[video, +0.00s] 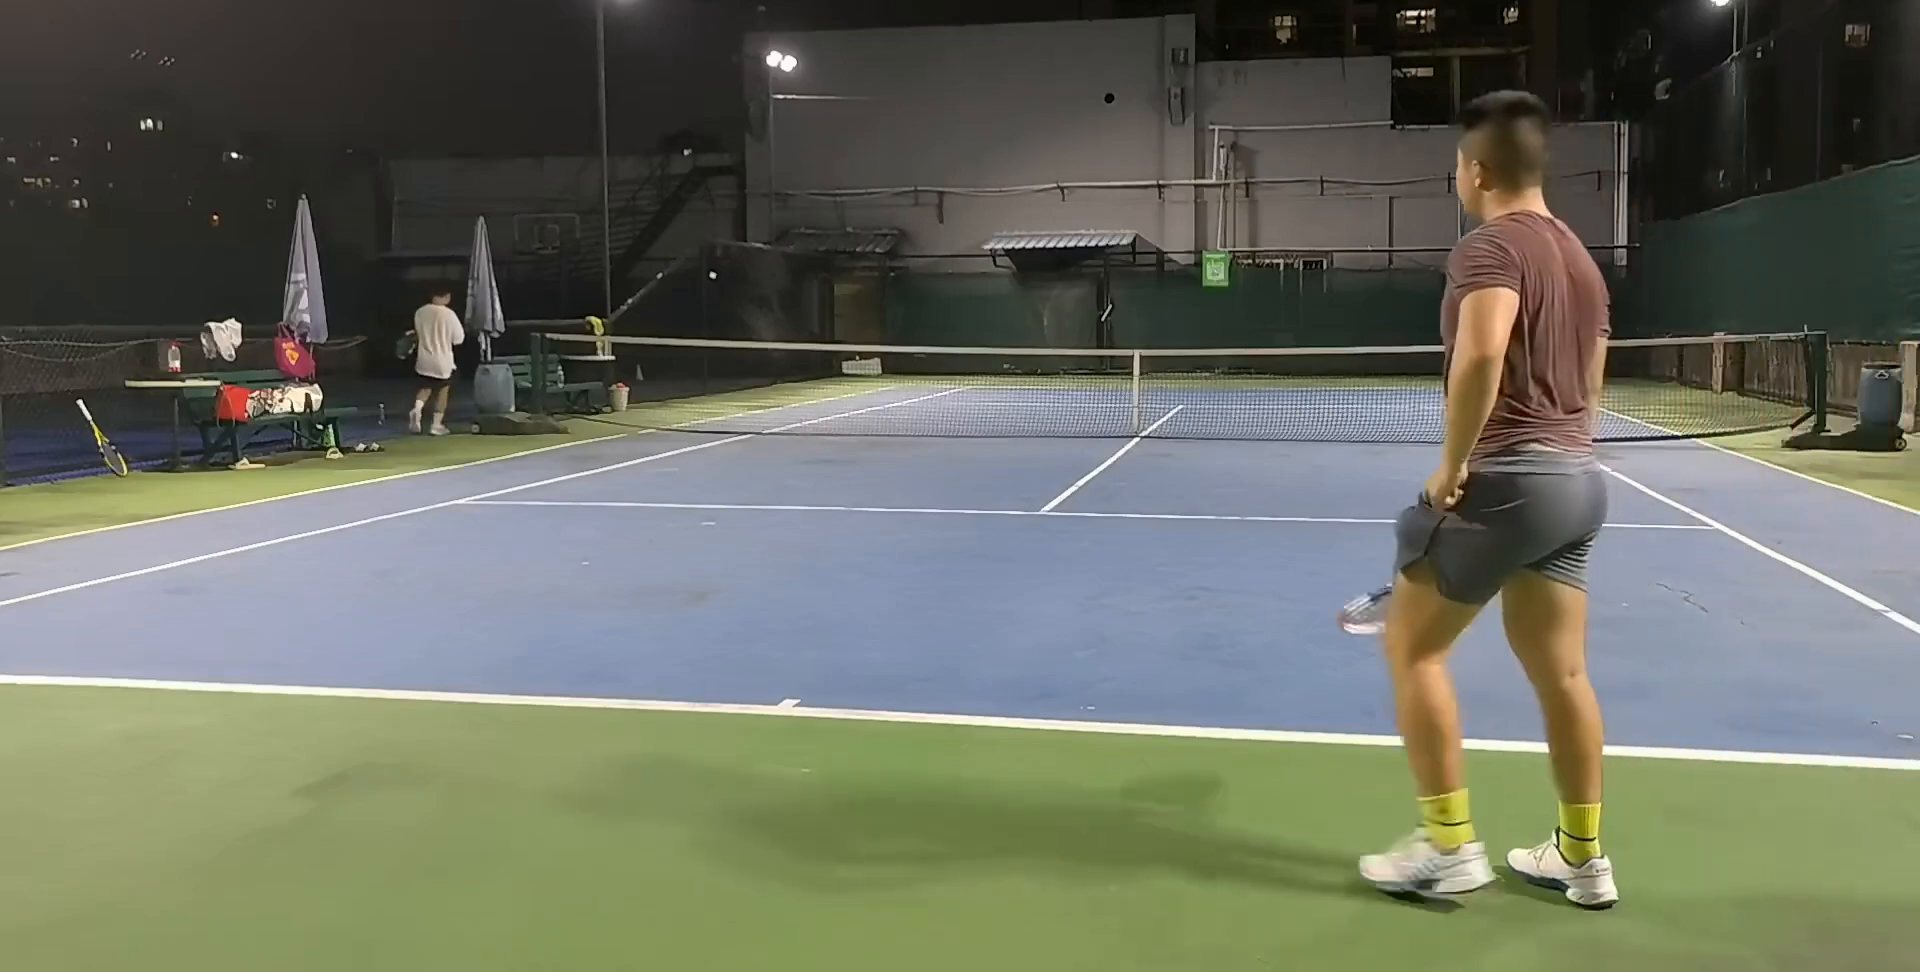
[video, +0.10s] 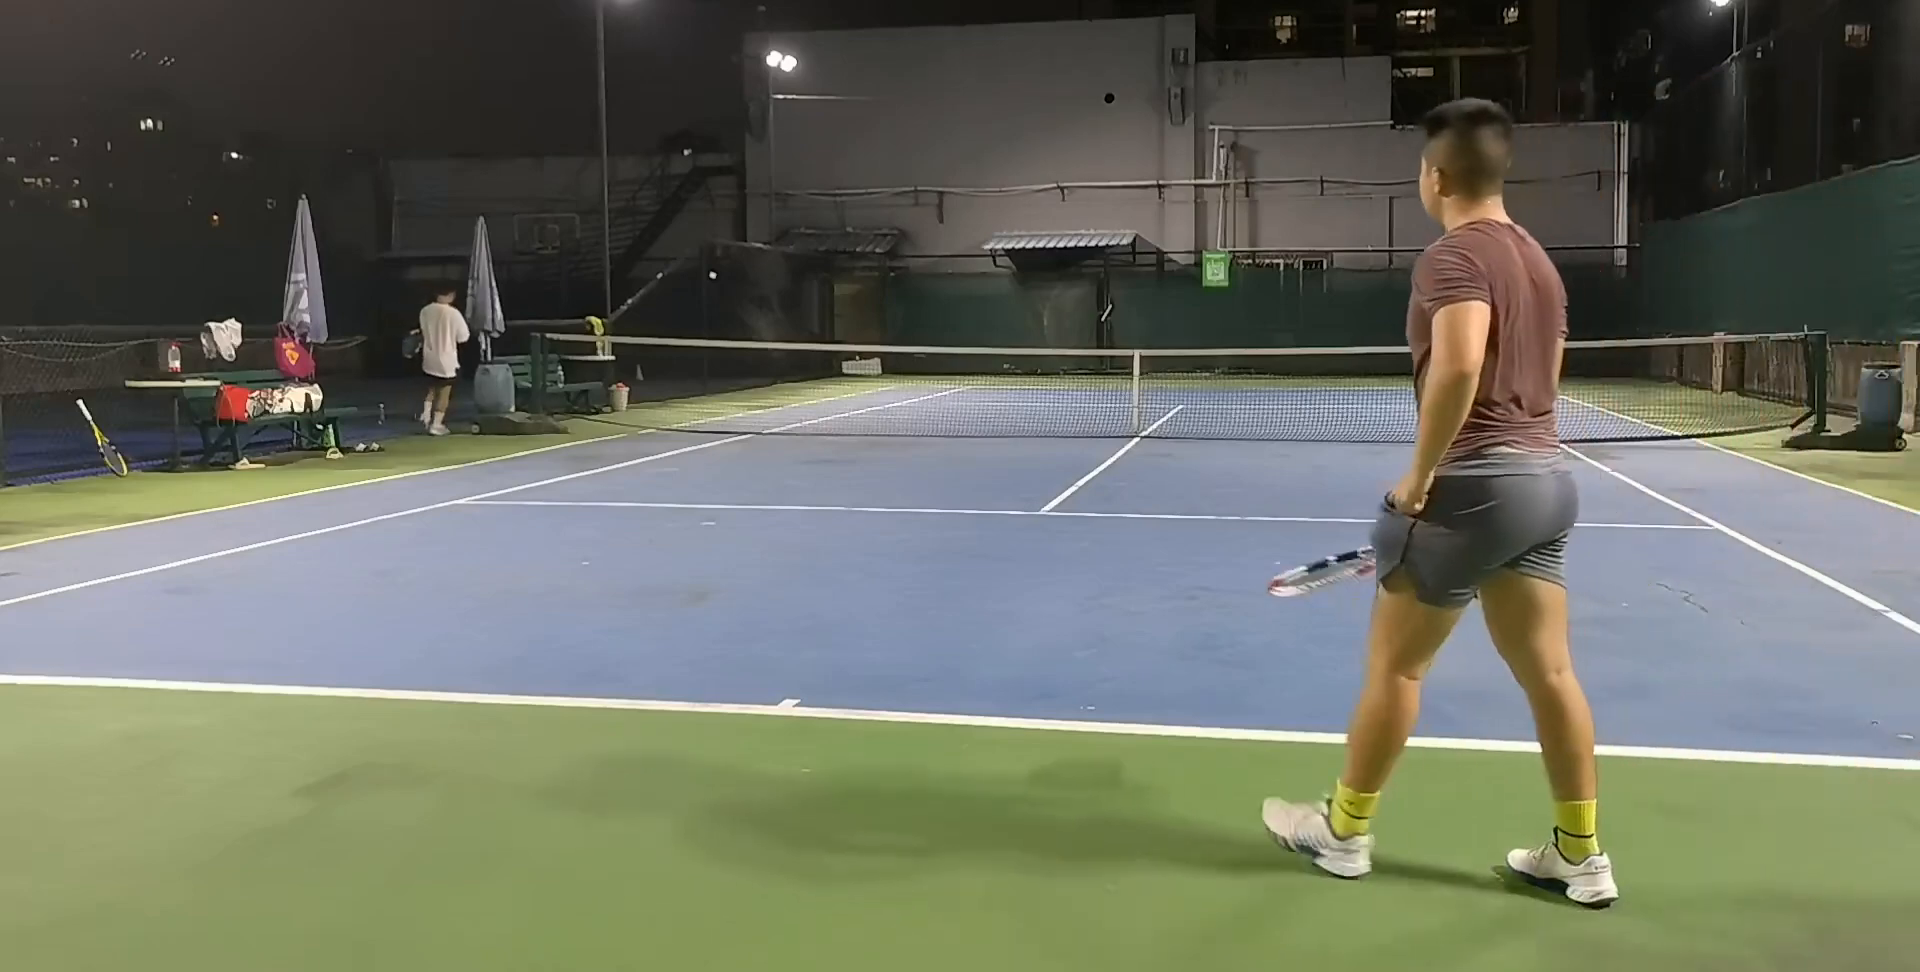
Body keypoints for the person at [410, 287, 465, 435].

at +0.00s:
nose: (449, 300)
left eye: (448, 297)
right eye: (448, 297)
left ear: (432, 296)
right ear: (445, 297)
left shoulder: (420, 312)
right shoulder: (449, 314)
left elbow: (418, 332)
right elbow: (458, 339)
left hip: (423, 360)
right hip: (443, 361)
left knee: (425, 387)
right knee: (443, 390)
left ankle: (417, 409)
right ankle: (437, 424)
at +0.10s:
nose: (453, 298)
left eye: (453, 295)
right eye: (453, 295)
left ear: (437, 294)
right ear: (451, 295)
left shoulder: (425, 311)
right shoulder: (454, 313)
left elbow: (423, 331)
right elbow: (463, 337)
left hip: (428, 360)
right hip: (447, 362)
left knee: (432, 387)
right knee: (444, 394)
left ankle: (426, 414)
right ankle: (437, 424)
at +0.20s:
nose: (458, 297)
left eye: (457, 295)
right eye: (458, 295)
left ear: (441, 295)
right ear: (455, 295)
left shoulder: (430, 311)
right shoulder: (457, 313)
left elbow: (429, 331)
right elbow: (467, 336)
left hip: (433, 358)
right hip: (450, 360)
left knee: (440, 389)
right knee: (445, 391)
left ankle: (440, 419)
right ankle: (438, 423)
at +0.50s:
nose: (472, 297)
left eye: (471, 294)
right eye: (470, 294)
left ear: (456, 296)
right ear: (467, 296)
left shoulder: (448, 313)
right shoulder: (471, 313)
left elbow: (447, 332)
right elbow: (482, 333)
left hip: (452, 357)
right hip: (469, 358)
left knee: (460, 388)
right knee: (469, 390)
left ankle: (460, 420)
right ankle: (452, 409)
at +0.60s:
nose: (479, 294)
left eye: (478, 291)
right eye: (478, 291)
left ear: (463, 292)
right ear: (475, 292)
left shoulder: (454, 311)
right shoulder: (478, 312)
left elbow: (453, 330)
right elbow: (487, 333)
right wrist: (489, 319)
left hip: (458, 357)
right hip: (475, 358)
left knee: (463, 385)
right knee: (476, 387)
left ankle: (460, 420)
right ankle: (468, 416)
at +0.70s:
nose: (487, 297)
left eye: (487, 294)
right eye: (487, 294)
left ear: (472, 293)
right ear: (484, 294)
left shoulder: (462, 311)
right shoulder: (484, 313)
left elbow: (462, 330)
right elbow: (494, 334)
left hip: (465, 360)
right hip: (483, 360)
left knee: (466, 388)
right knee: (486, 391)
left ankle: (460, 420)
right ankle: (487, 422)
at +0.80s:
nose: (496, 299)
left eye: (496, 296)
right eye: (495, 296)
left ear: (480, 295)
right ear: (492, 297)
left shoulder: (470, 311)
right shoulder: (492, 314)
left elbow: (471, 329)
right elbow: (502, 335)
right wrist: (508, 324)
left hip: (473, 360)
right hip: (491, 361)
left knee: (469, 388)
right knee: (500, 388)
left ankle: (462, 420)